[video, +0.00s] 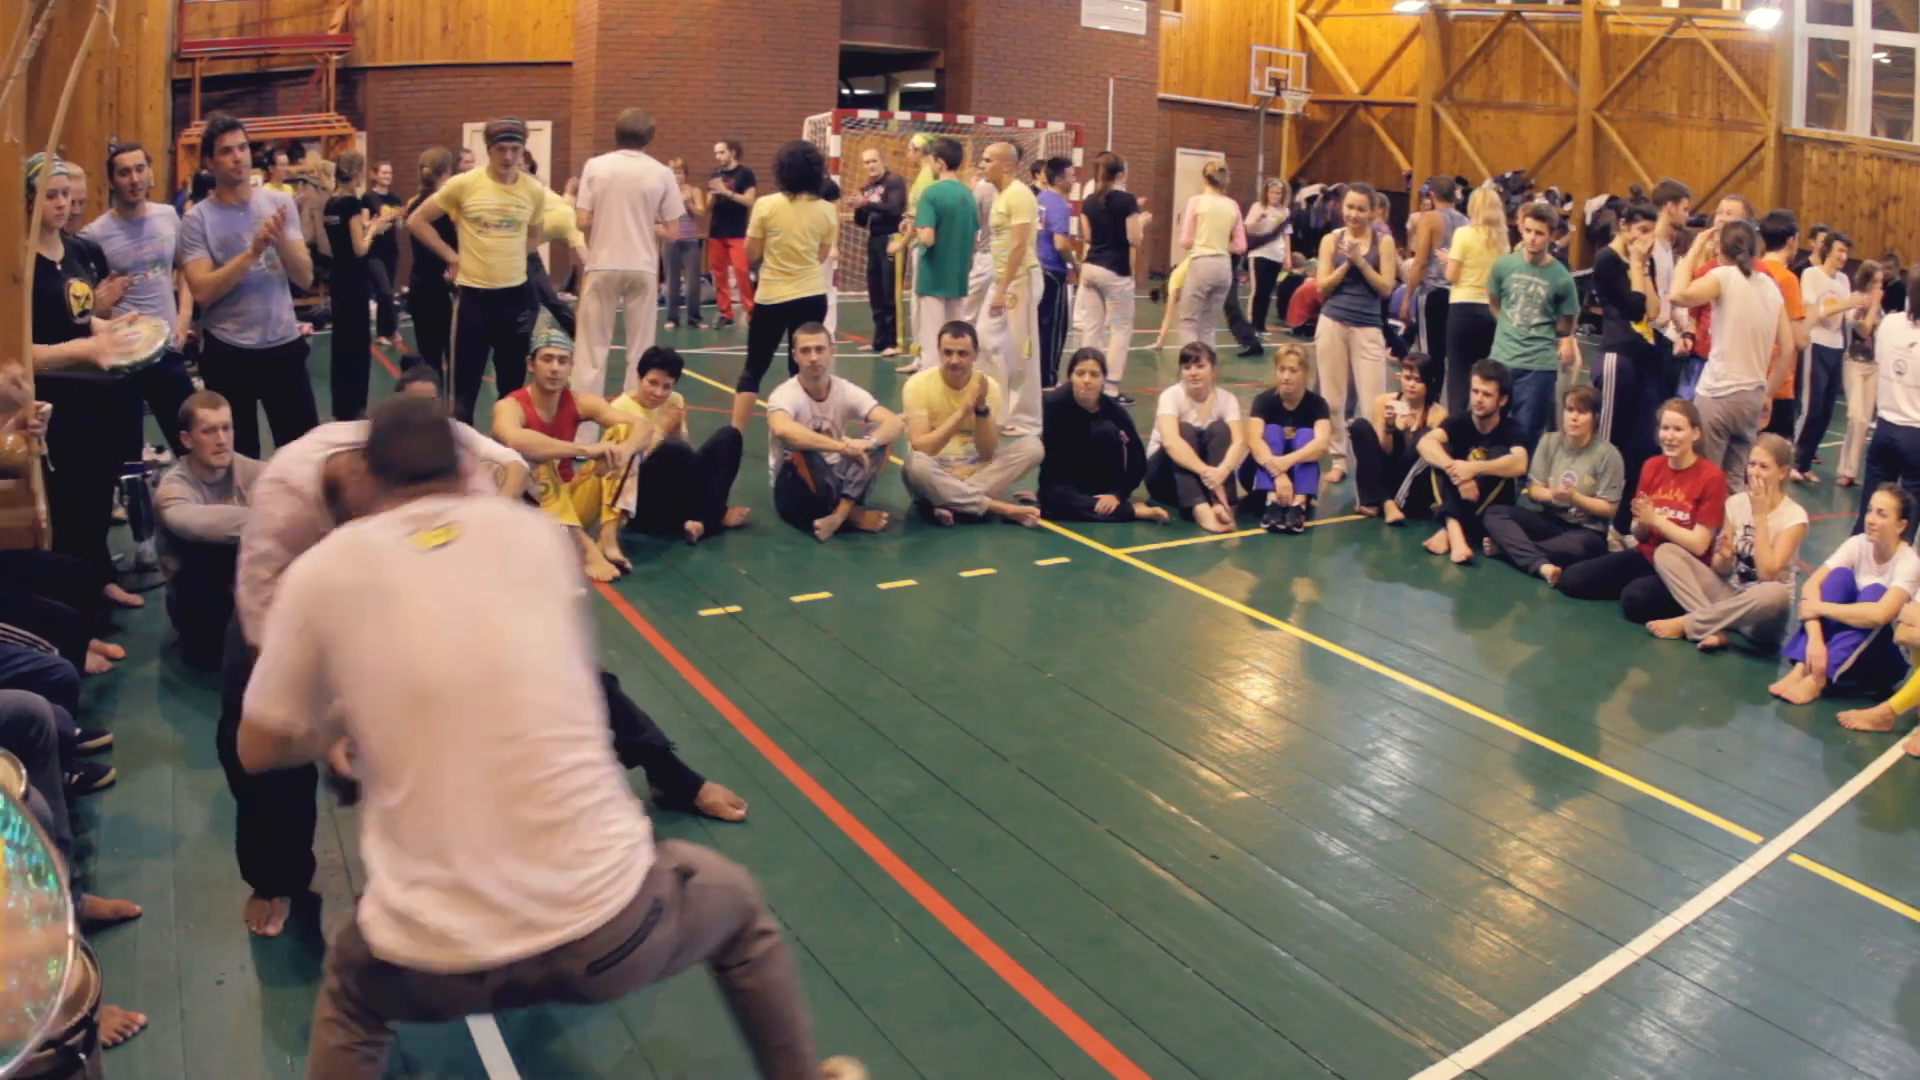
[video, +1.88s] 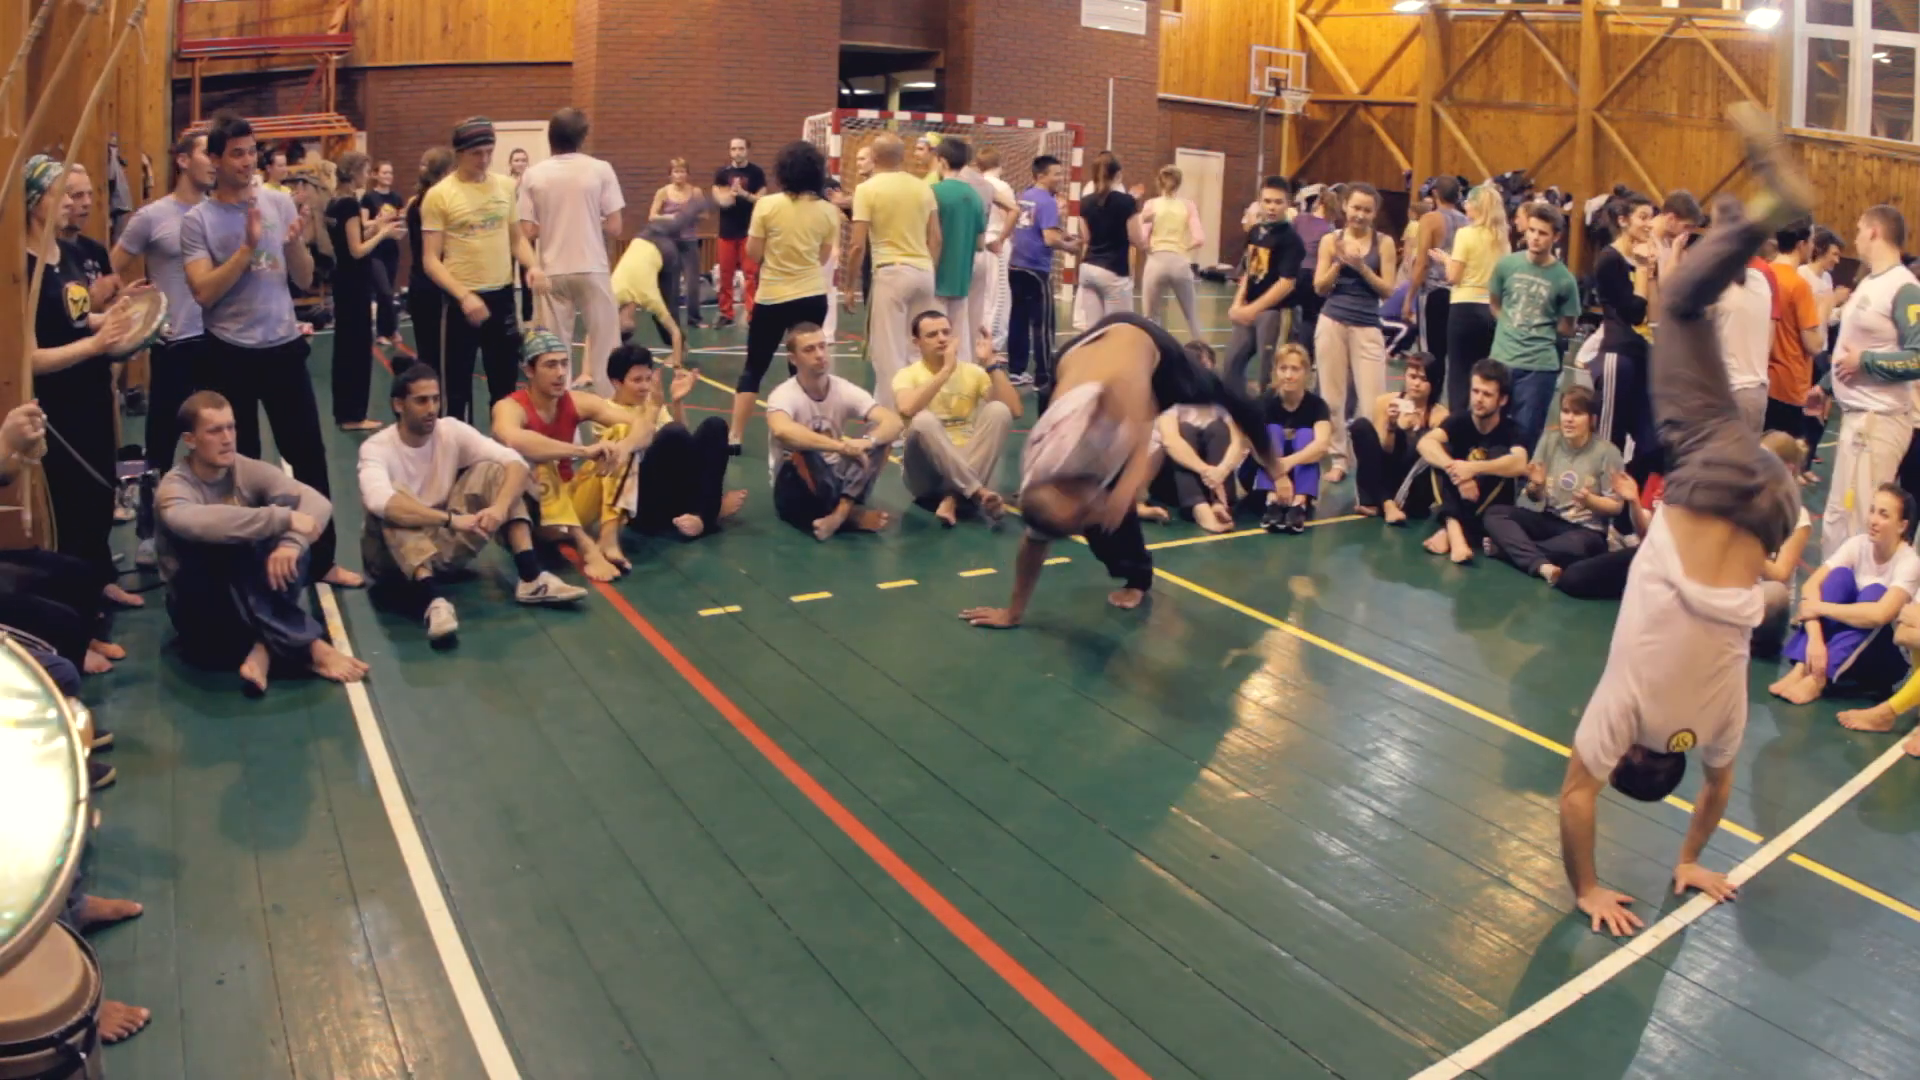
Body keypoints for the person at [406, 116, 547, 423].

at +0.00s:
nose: (508, 156)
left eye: (514, 150)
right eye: (502, 149)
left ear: (522, 152)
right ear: (489, 149)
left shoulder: (534, 190)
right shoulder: (463, 185)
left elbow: (535, 238)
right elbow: (416, 221)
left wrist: (504, 256)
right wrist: (453, 258)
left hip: (516, 295)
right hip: (473, 295)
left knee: (512, 383)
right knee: (465, 383)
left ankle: (512, 454)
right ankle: (458, 450)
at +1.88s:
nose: (484, 159)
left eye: (488, 151)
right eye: (476, 153)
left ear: (494, 151)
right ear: (459, 153)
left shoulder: (505, 187)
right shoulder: (438, 196)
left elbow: (516, 238)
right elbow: (430, 260)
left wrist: (533, 265)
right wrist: (463, 295)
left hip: (501, 297)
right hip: (458, 299)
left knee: (505, 384)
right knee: (456, 386)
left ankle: (507, 453)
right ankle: (456, 451)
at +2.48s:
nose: (483, 157)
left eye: (488, 150)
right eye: (476, 150)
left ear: (493, 150)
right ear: (458, 152)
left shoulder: (506, 189)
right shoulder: (436, 198)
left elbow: (518, 247)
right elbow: (421, 261)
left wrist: (523, 302)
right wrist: (432, 321)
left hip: (501, 300)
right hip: (460, 301)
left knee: (504, 391)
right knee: (457, 393)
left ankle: (506, 458)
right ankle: (459, 461)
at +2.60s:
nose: (481, 158)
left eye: (485, 150)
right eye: (473, 151)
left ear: (490, 150)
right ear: (456, 153)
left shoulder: (504, 189)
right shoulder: (435, 198)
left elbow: (515, 246)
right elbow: (422, 261)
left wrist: (520, 302)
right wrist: (438, 319)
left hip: (499, 299)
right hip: (457, 301)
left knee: (503, 389)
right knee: (456, 391)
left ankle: (506, 456)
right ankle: (456, 460)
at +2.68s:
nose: (478, 158)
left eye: (483, 150)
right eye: (470, 152)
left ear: (488, 150)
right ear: (453, 154)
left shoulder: (502, 189)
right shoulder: (432, 198)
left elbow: (514, 247)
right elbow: (418, 262)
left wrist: (519, 302)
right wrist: (436, 319)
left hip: (498, 299)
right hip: (456, 301)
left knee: (502, 389)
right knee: (454, 392)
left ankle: (505, 458)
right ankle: (456, 459)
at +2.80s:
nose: (473, 160)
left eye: (478, 152)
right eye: (465, 153)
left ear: (483, 152)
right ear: (448, 155)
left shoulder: (499, 189)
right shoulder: (428, 200)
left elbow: (510, 246)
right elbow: (409, 261)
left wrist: (516, 299)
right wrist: (428, 316)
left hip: (495, 300)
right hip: (453, 302)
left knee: (503, 390)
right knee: (455, 393)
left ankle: (507, 459)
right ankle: (457, 460)